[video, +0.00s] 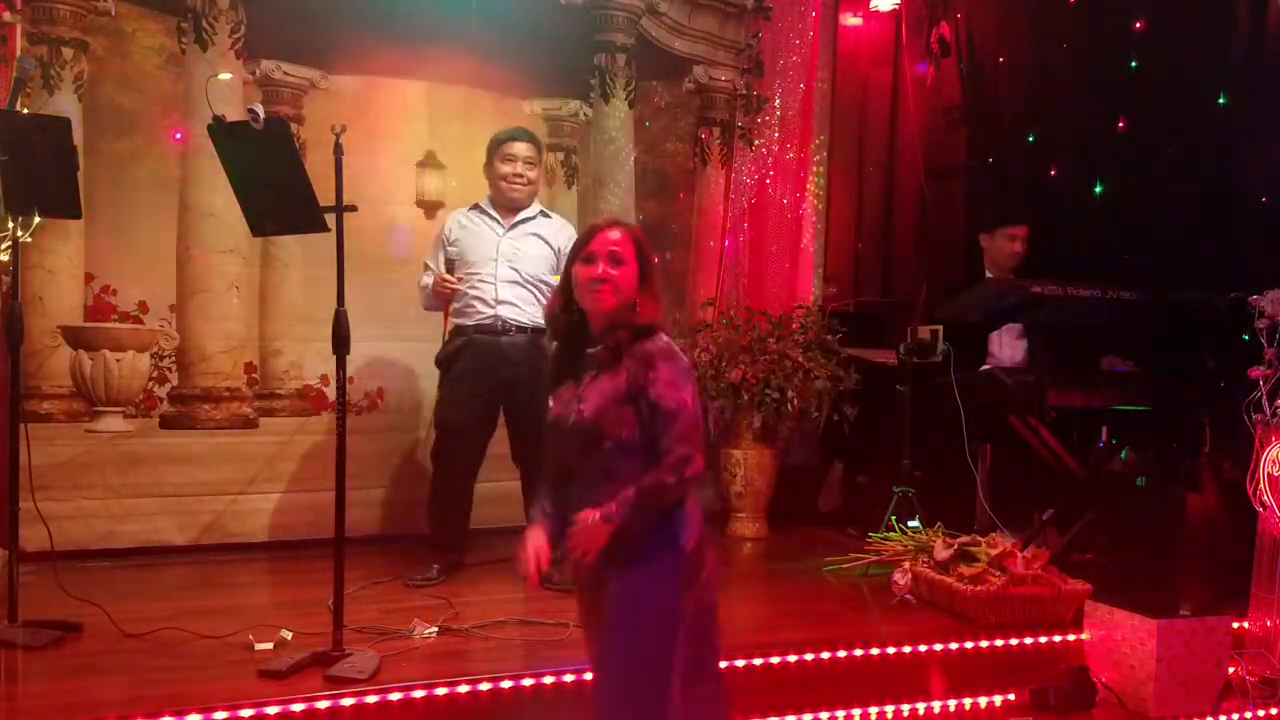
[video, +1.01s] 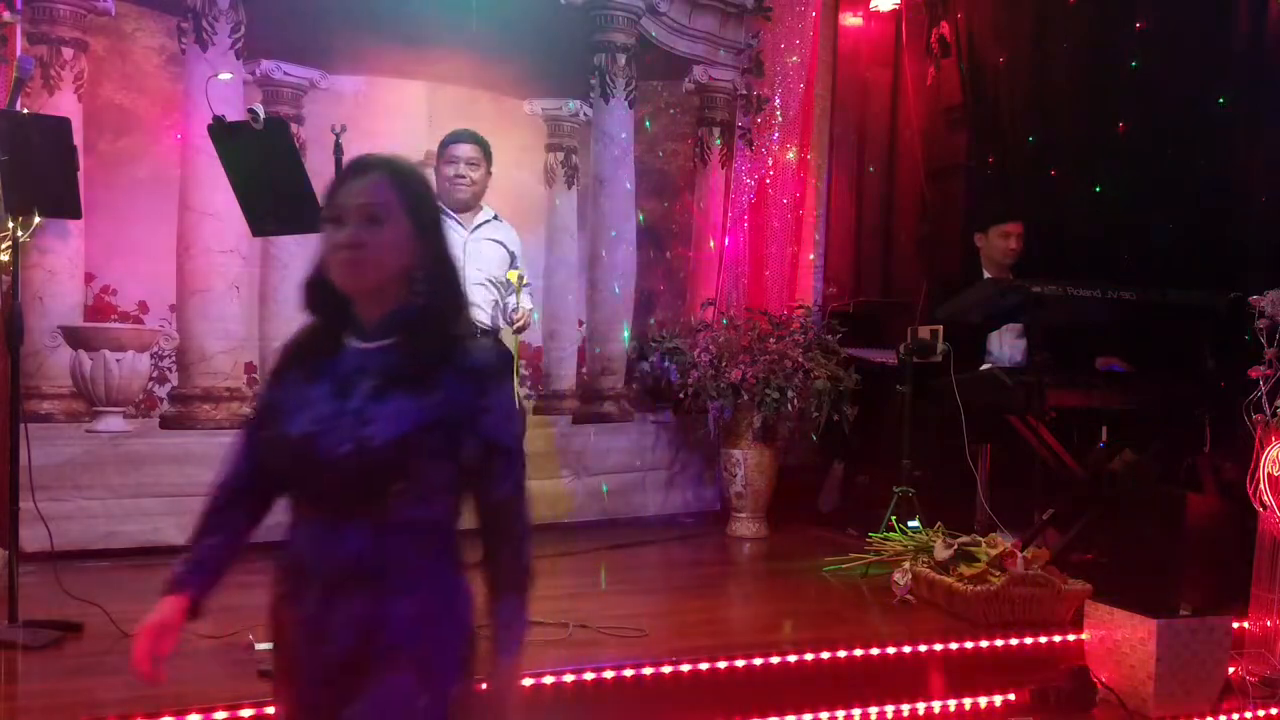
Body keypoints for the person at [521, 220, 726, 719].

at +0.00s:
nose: (599, 271)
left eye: (616, 261)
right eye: (588, 259)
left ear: (641, 281)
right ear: (571, 278)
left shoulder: (655, 356)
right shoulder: (573, 362)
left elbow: (684, 465)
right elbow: (557, 463)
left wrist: (609, 516)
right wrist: (541, 522)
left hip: (654, 554)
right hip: (601, 553)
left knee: (640, 696)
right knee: (616, 695)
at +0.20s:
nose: (588, 265)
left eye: (605, 254)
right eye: (575, 253)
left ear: (630, 274)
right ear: (556, 272)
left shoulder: (650, 359)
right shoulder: (547, 362)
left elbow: (684, 466)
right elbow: (520, 461)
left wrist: (599, 530)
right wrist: (482, 522)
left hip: (630, 572)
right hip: (550, 568)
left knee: (624, 702)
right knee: (539, 698)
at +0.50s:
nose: (520, 260)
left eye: (539, 245)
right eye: (508, 247)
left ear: (575, 269)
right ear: (494, 267)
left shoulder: (605, 376)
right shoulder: (475, 372)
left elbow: (621, 498)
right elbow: (455, 486)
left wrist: (551, 587)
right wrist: (435, 576)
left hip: (571, 582)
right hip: (472, 580)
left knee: (573, 709)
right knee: (455, 708)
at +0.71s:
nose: (450, 245)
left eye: (471, 230)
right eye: (439, 232)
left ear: (510, 252)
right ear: (425, 252)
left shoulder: (549, 370)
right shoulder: (413, 361)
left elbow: (573, 508)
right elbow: (380, 481)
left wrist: (566, 626)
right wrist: (346, 589)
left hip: (499, 592)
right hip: (403, 586)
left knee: (482, 705)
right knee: (389, 705)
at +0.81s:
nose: (418, 234)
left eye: (439, 218)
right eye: (406, 221)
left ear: (484, 241)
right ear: (393, 242)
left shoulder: (525, 363)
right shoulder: (378, 355)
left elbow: (560, 504)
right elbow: (336, 480)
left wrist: (562, 627)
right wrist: (287, 593)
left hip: (472, 592)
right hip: (374, 591)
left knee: (455, 709)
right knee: (354, 709)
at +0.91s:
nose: (384, 229)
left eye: (408, 213)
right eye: (373, 216)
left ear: (453, 236)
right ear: (361, 235)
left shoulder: (498, 366)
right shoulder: (342, 352)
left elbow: (538, 512)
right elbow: (294, 479)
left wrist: (541, 635)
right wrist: (232, 586)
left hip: (443, 606)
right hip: (344, 602)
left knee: (423, 712)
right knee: (327, 711)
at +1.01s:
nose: (349, 237)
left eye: (373, 219)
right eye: (336, 222)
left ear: (419, 239)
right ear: (322, 241)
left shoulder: (470, 365)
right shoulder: (306, 358)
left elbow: (505, 528)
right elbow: (246, 490)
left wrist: (505, 665)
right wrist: (183, 592)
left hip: (412, 627)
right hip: (310, 624)